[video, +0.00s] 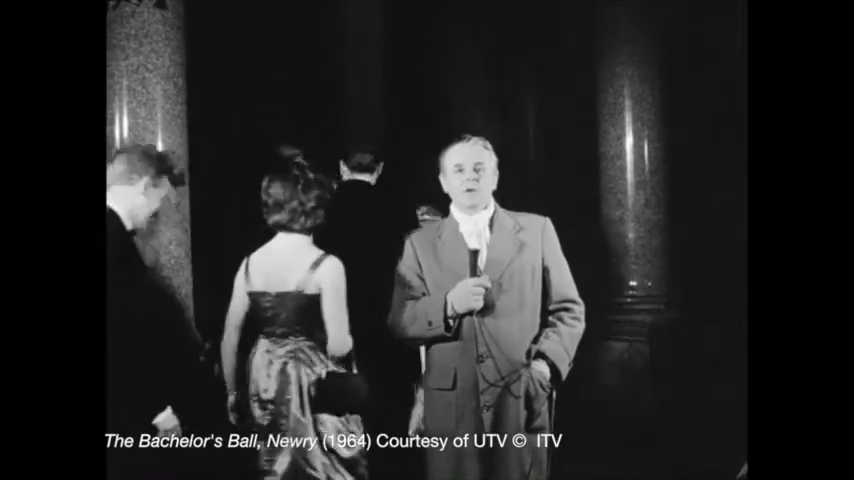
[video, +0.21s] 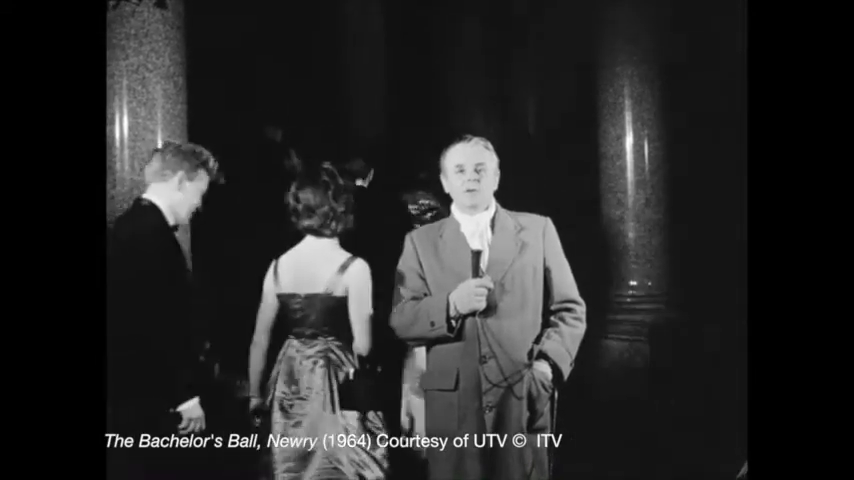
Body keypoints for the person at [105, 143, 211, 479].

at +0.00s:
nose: (157, 215)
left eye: (163, 205)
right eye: (160, 202)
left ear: (134, 182)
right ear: (146, 185)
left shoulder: (120, 243)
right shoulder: (114, 244)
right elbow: (124, 336)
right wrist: (157, 407)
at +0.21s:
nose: (200, 205)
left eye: (203, 195)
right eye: (200, 194)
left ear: (172, 181)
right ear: (181, 183)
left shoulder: (131, 227)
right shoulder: (151, 236)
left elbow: (155, 322)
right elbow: (163, 324)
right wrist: (184, 395)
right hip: (150, 401)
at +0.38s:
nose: (222, 191)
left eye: (223, 181)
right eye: (219, 179)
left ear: (192, 171)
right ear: (192, 171)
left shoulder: (153, 223)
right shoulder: (176, 229)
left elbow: (174, 315)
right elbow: (188, 313)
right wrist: (211, 384)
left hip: (161, 378)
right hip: (178, 385)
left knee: (167, 471)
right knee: (183, 472)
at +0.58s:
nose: (245, 185)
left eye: (245, 175)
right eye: (240, 174)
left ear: (208, 170)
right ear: (213, 170)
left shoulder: (178, 223)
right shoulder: (205, 228)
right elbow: (227, 312)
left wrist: (248, 378)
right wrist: (254, 380)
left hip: (193, 373)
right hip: (214, 380)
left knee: (198, 466)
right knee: (219, 468)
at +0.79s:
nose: (276, 187)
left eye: (276, 178)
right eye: (271, 177)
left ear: (240, 175)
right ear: (247, 175)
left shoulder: (213, 221)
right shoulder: (249, 229)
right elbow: (272, 309)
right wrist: (299, 379)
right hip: (253, 376)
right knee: (262, 467)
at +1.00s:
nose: (318, 176)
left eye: (317, 167)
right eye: (317, 168)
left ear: (264, 174)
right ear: (310, 173)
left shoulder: (231, 224)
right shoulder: (325, 228)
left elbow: (213, 309)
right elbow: (348, 308)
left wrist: (236, 365)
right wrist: (351, 374)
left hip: (256, 369)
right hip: (314, 372)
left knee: (263, 462)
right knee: (321, 465)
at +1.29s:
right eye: (336, 168)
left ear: (293, 171)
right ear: (336, 169)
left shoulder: (265, 213)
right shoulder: (341, 221)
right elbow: (361, 293)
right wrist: (387, 348)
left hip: (274, 345)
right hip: (330, 349)